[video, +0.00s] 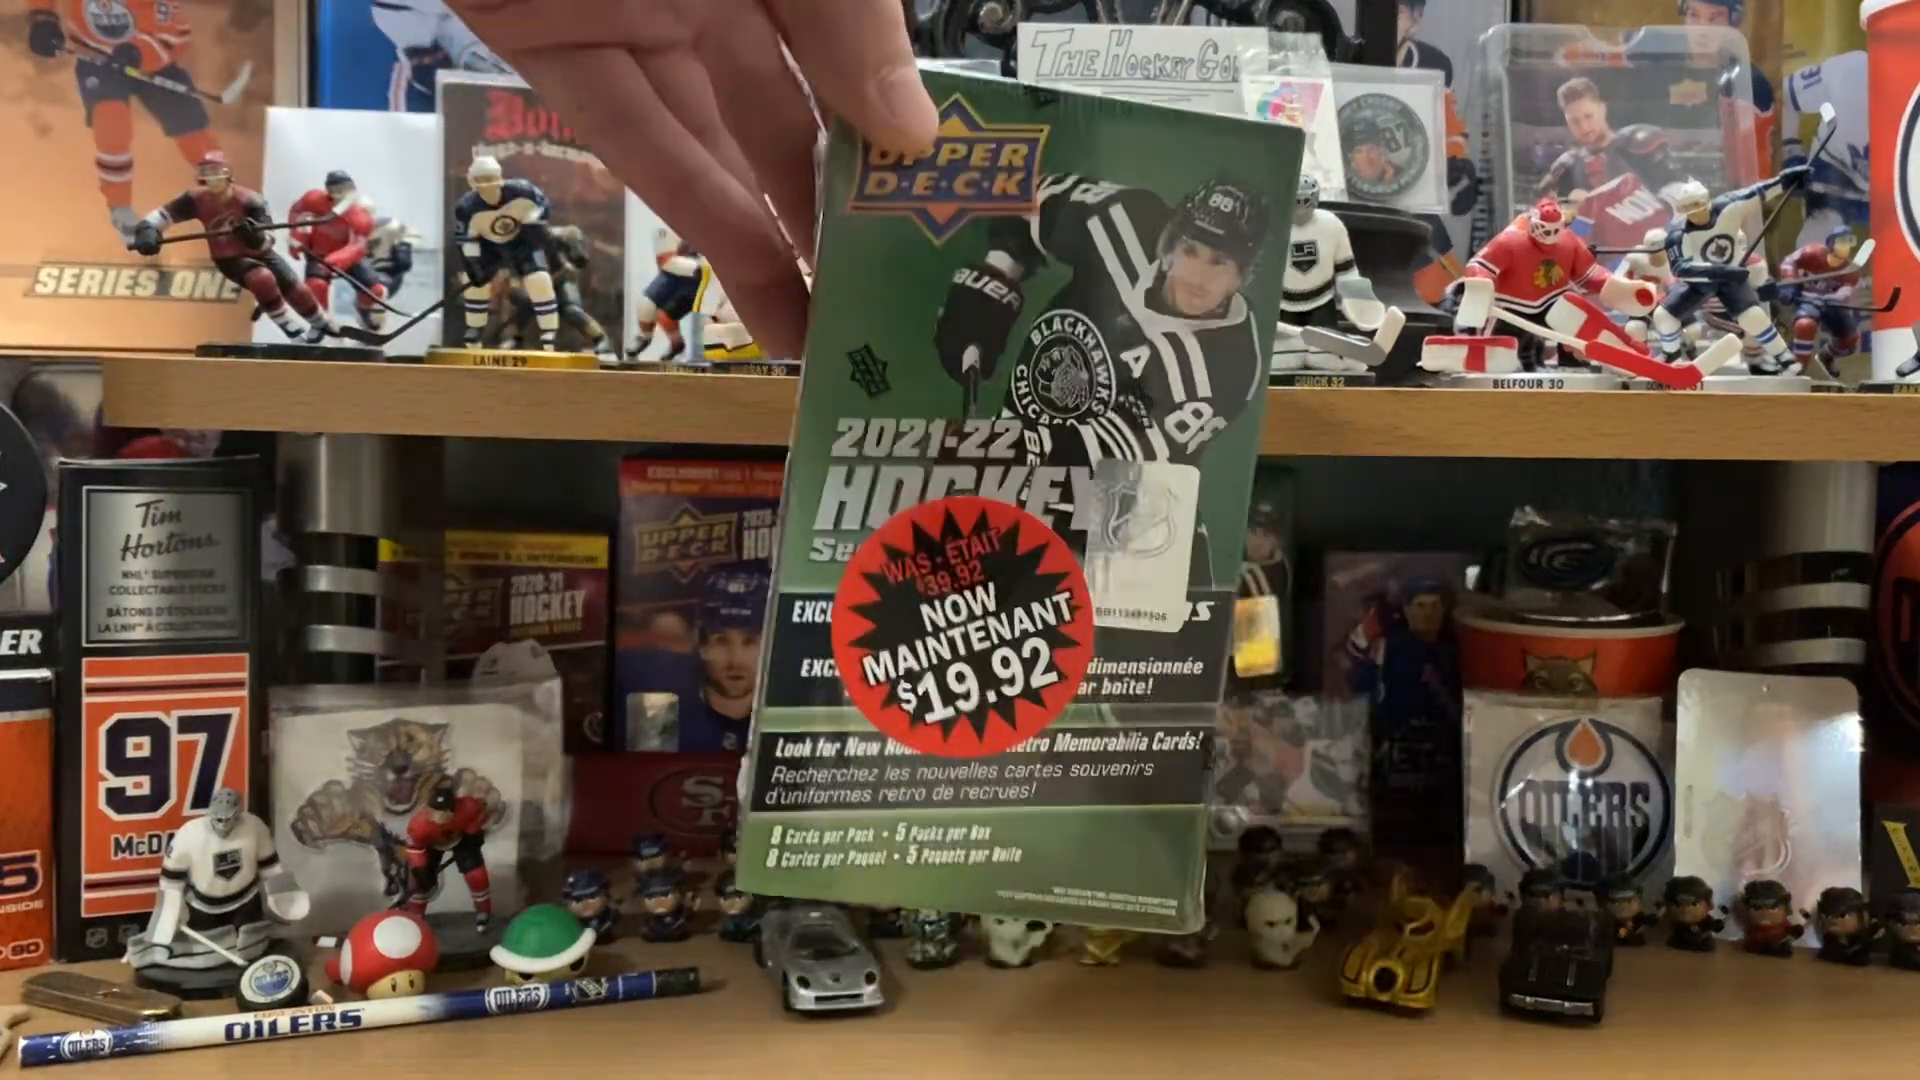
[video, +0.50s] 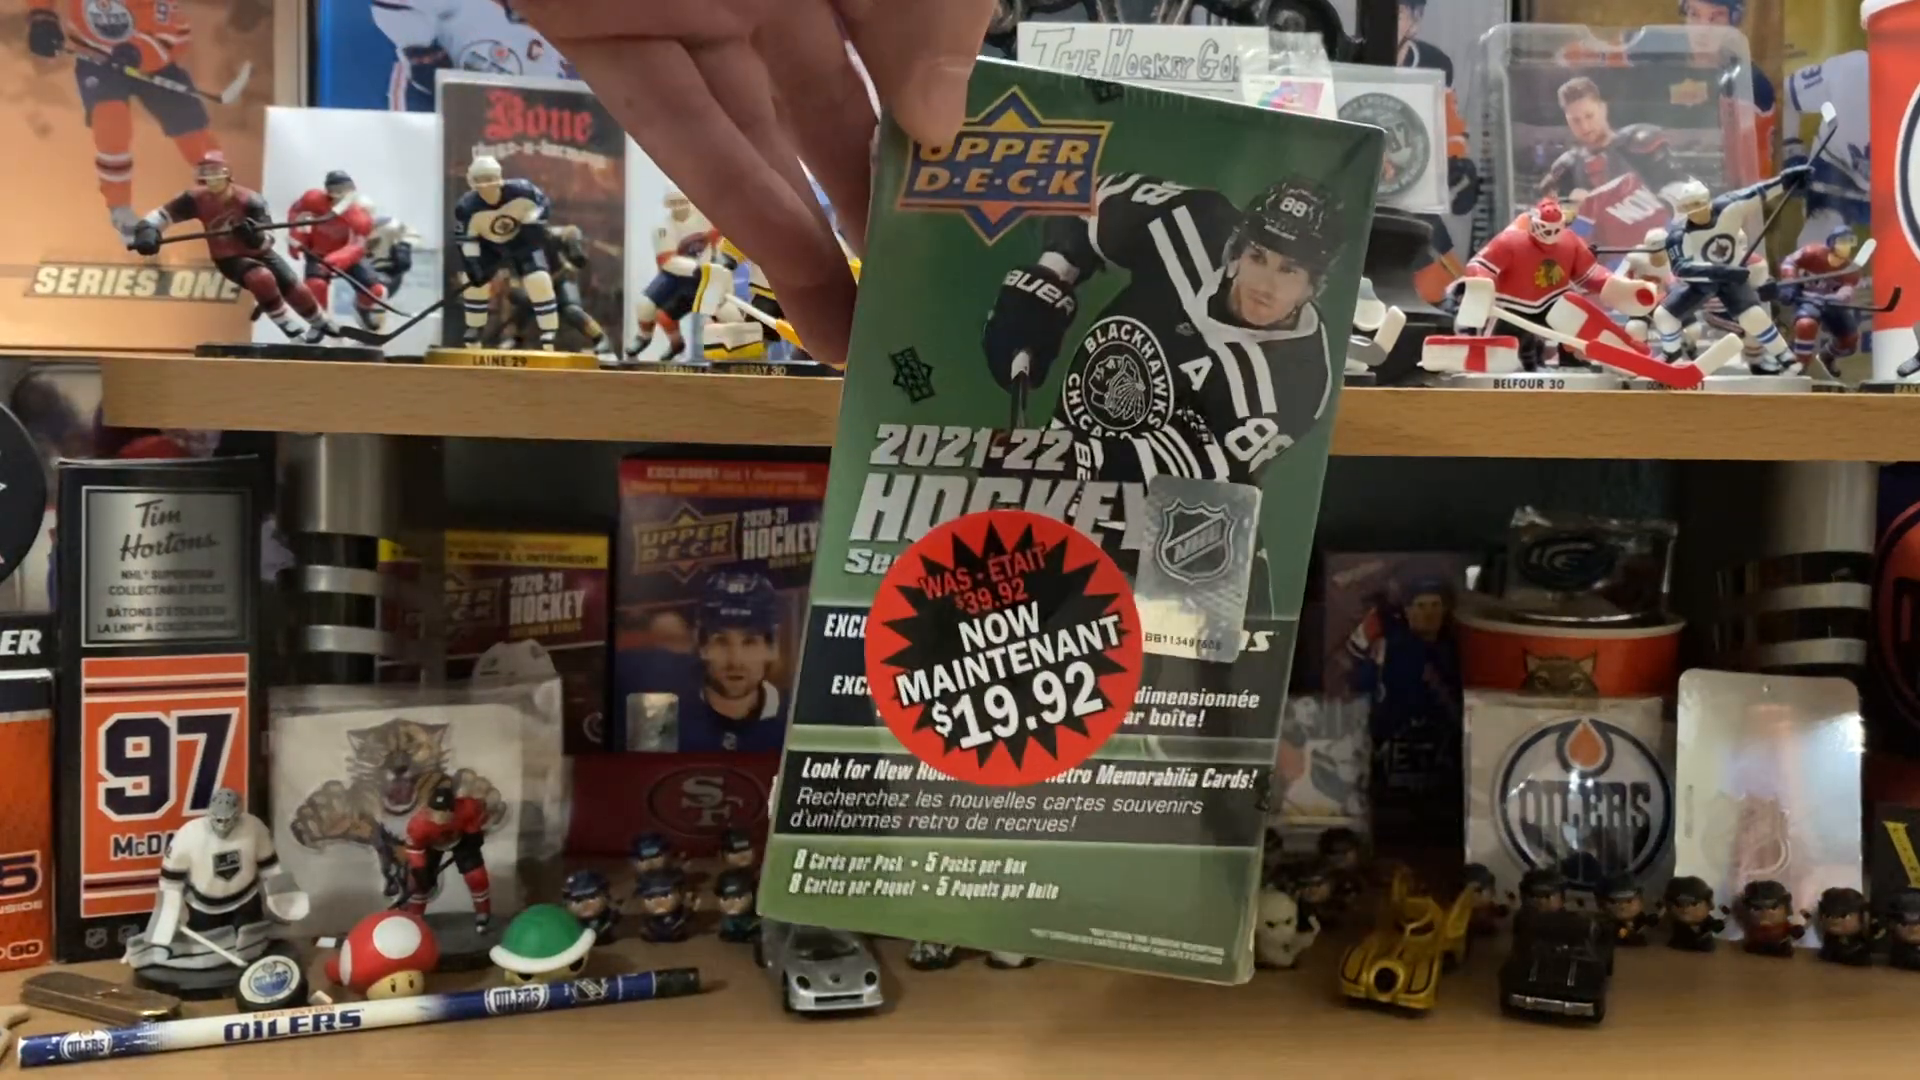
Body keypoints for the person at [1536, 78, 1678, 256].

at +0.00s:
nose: (1584, 127)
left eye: (1588, 116)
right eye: (1575, 121)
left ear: (1603, 109)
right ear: (1566, 123)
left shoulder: (1640, 143)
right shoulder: (1565, 169)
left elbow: (1681, 191)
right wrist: (1572, 209)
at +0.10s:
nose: (1584, 127)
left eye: (1588, 116)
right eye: (1575, 121)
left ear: (1603, 109)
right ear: (1566, 123)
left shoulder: (1641, 143)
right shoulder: (1565, 168)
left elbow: (1681, 192)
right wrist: (1572, 208)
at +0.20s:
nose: (1584, 127)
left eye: (1588, 116)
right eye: (1575, 121)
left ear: (1603, 109)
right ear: (1566, 123)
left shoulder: (1640, 143)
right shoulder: (1565, 169)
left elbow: (1681, 191)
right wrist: (1573, 209)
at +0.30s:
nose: (1584, 127)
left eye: (1589, 116)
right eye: (1575, 121)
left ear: (1603, 109)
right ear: (1567, 123)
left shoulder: (1641, 143)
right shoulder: (1565, 169)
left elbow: (1681, 191)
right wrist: (1573, 208)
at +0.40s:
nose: (1585, 127)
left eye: (1589, 116)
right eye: (1576, 121)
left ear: (1604, 108)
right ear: (1567, 123)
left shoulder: (1641, 142)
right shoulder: (1565, 169)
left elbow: (1681, 190)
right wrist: (1572, 208)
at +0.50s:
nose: (1585, 127)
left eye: (1589, 116)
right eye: (1576, 121)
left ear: (1604, 108)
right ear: (1567, 122)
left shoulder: (1641, 142)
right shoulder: (1565, 168)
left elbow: (1681, 190)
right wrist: (1573, 208)